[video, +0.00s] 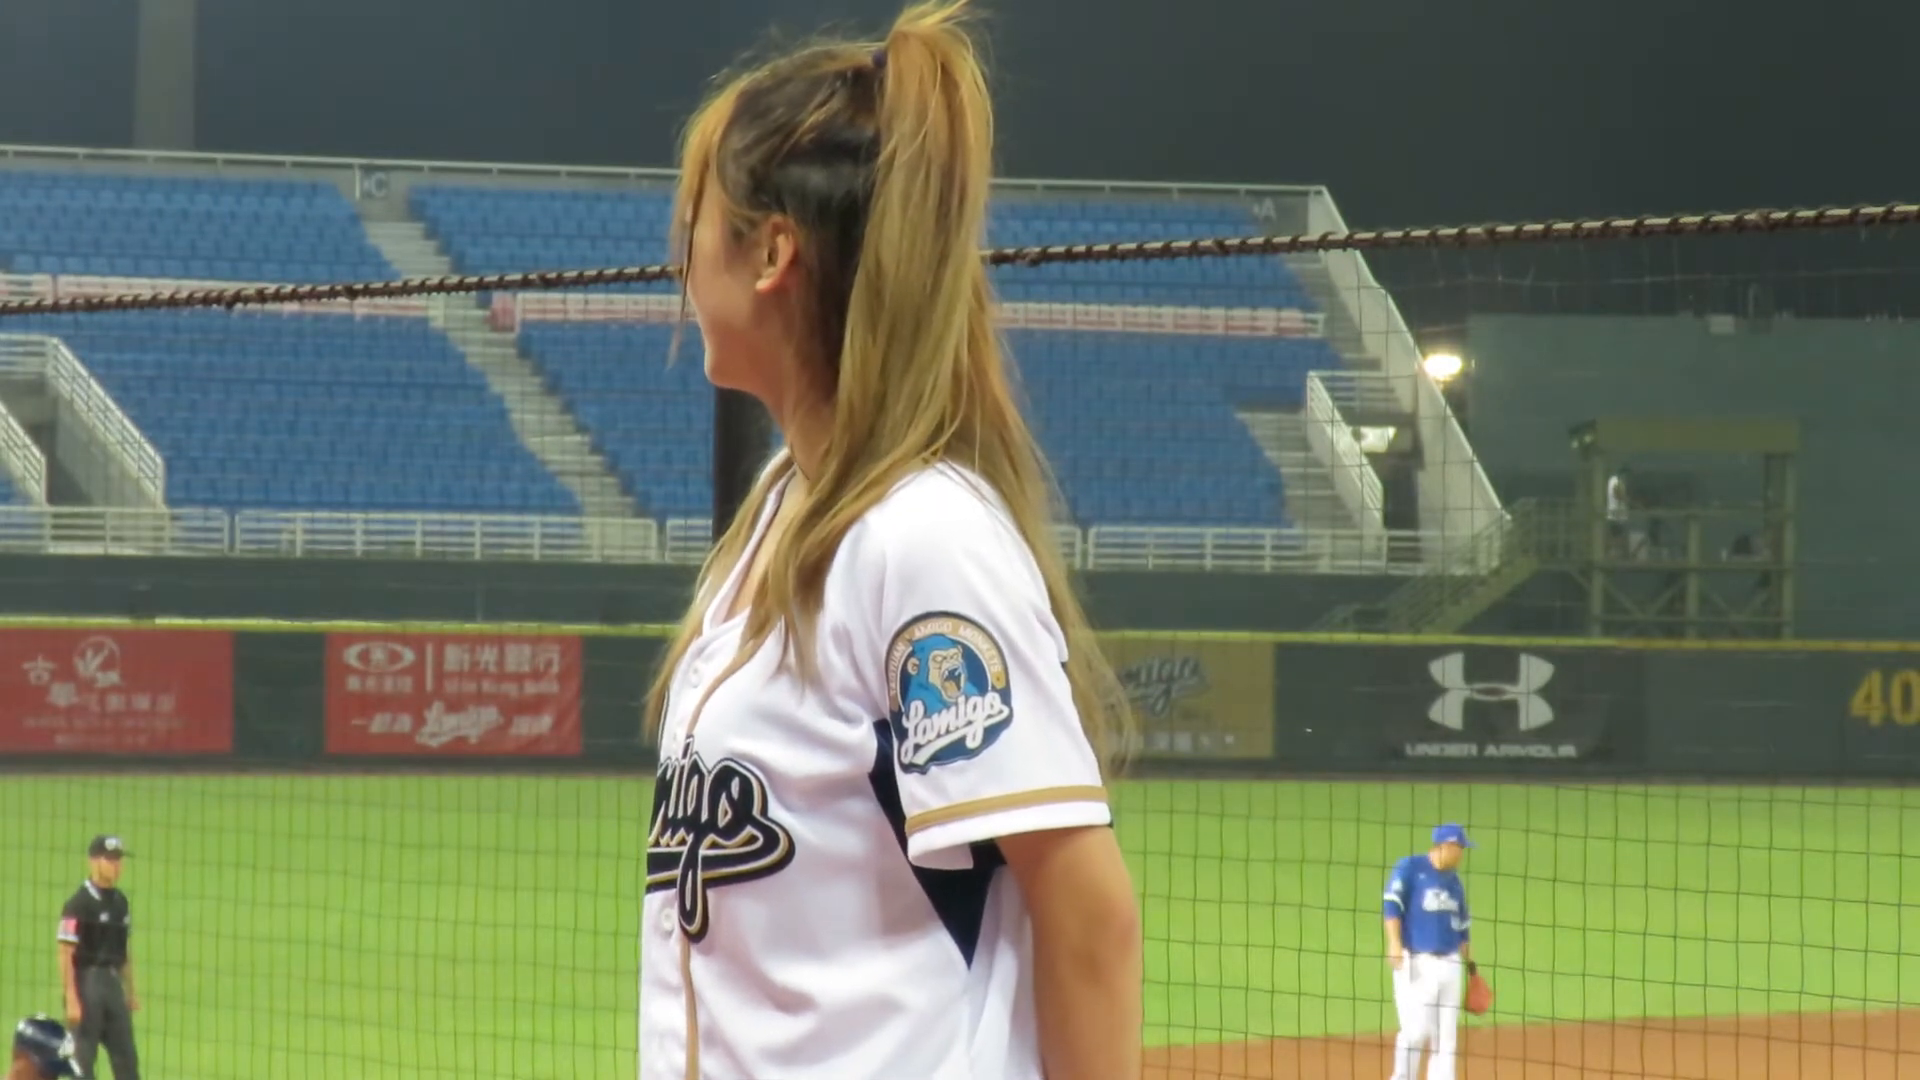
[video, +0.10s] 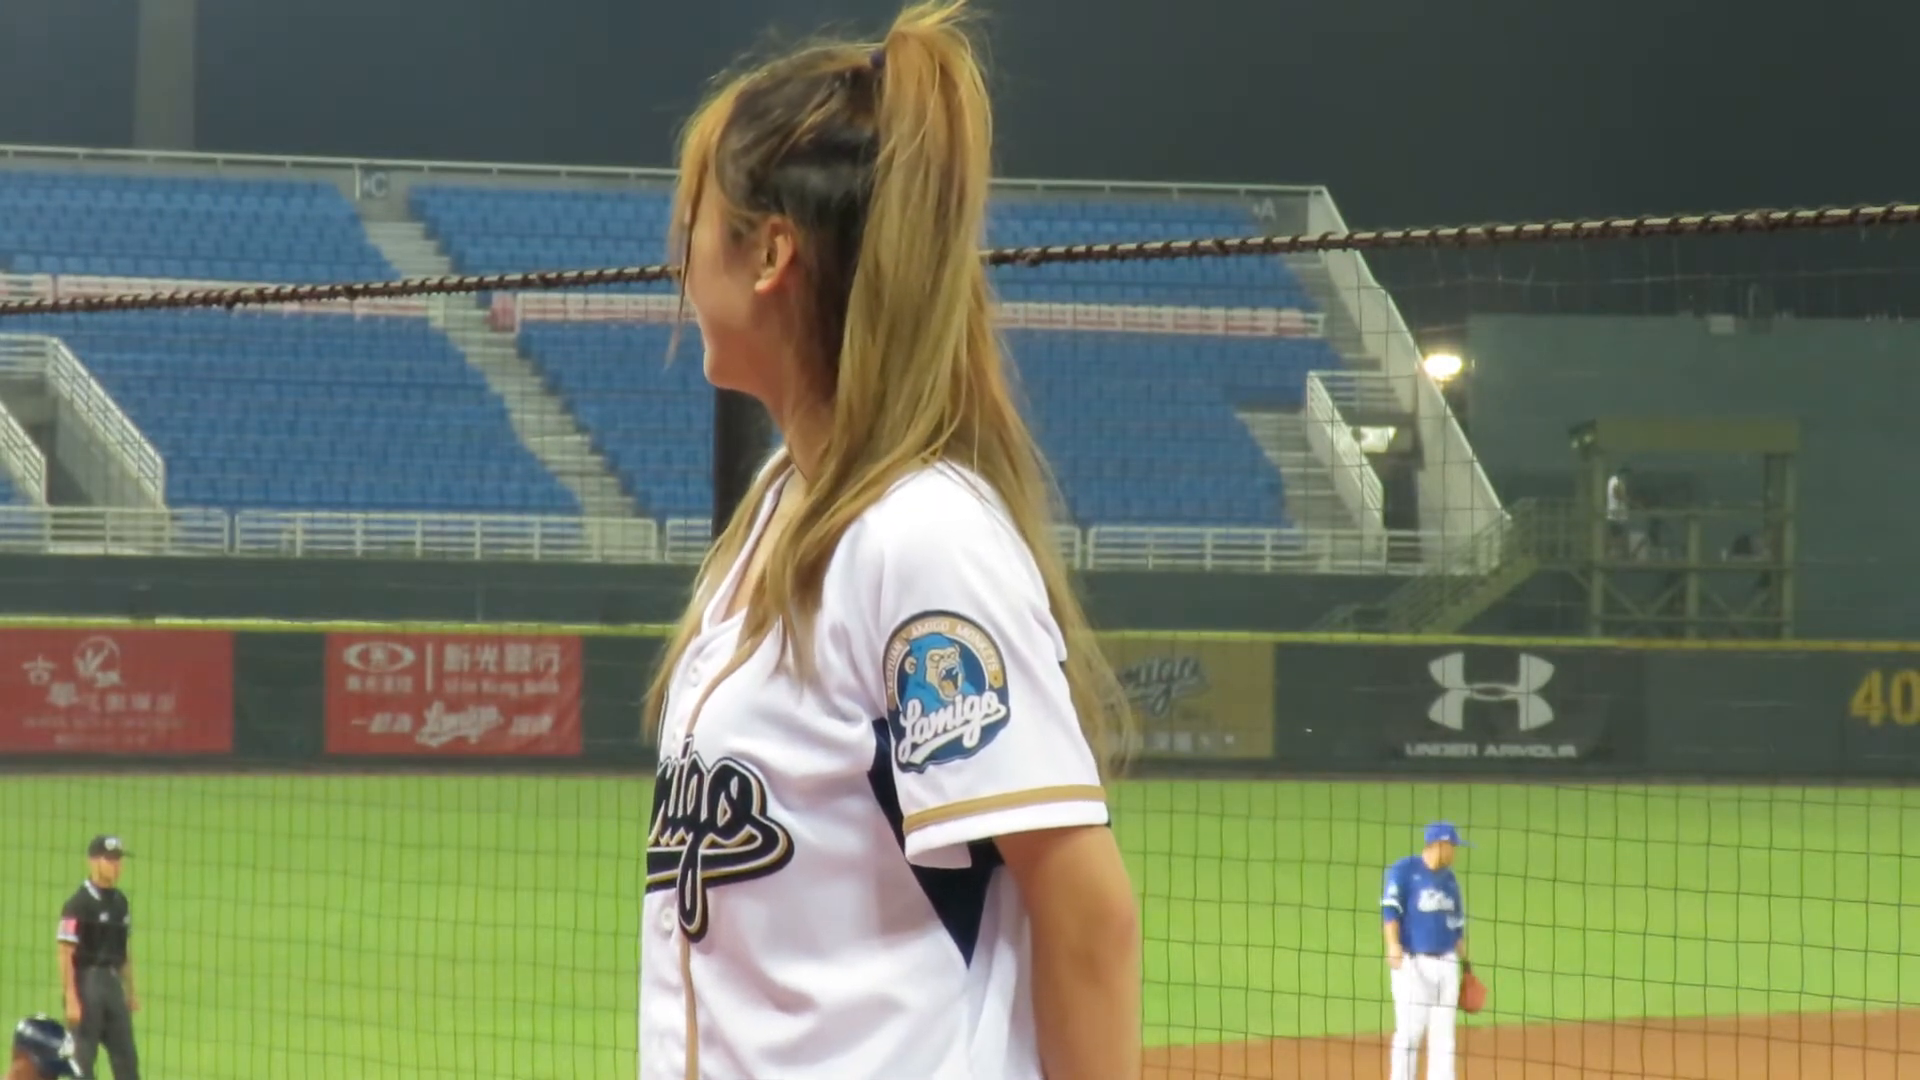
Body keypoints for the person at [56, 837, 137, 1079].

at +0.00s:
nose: (116, 866)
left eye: (118, 860)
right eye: (109, 860)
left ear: (121, 862)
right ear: (94, 861)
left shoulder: (119, 901)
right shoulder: (78, 903)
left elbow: (122, 952)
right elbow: (65, 954)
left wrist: (129, 990)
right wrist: (71, 999)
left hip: (113, 973)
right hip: (87, 973)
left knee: (125, 1054)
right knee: (84, 1053)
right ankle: (81, 1074)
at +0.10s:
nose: (116, 866)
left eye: (118, 860)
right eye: (109, 860)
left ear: (120, 862)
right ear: (94, 861)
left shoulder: (119, 901)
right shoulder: (78, 903)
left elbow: (122, 952)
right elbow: (65, 954)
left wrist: (129, 990)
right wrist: (71, 999)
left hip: (113, 973)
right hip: (87, 973)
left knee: (125, 1054)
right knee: (83, 1053)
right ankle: (81, 1074)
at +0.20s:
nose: (116, 866)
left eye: (118, 860)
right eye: (110, 859)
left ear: (120, 862)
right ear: (94, 861)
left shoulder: (119, 901)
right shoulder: (78, 903)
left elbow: (122, 952)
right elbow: (65, 954)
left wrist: (129, 990)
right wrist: (71, 999)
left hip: (113, 973)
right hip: (87, 973)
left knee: (125, 1055)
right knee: (83, 1054)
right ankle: (81, 1074)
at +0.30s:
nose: (116, 865)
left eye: (118, 859)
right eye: (110, 859)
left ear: (119, 862)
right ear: (94, 861)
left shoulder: (119, 901)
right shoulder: (77, 903)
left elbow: (122, 952)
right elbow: (65, 955)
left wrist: (129, 991)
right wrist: (71, 1000)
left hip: (113, 973)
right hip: (86, 973)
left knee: (125, 1053)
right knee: (84, 1052)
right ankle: (82, 1074)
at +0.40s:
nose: (116, 865)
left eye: (118, 859)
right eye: (110, 859)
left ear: (119, 862)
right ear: (94, 861)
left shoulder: (119, 901)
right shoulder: (77, 904)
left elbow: (121, 952)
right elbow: (65, 954)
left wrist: (129, 992)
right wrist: (72, 1000)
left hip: (113, 973)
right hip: (86, 972)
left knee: (125, 1051)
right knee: (84, 1052)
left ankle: (127, 1076)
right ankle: (82, 1074)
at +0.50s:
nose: (116, 866)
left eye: (117, 860)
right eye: (110, 859)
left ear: (118, 862)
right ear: (94, 861)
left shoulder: (118, 901)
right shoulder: (77, 904)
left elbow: (121, 952)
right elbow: (65, 954)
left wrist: (129, 992)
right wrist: (72, 1000)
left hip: (113, 973)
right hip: (87, 972)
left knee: (125, 1051)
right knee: (84, 1052)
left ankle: (127, 1076)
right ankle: (82, 1074)